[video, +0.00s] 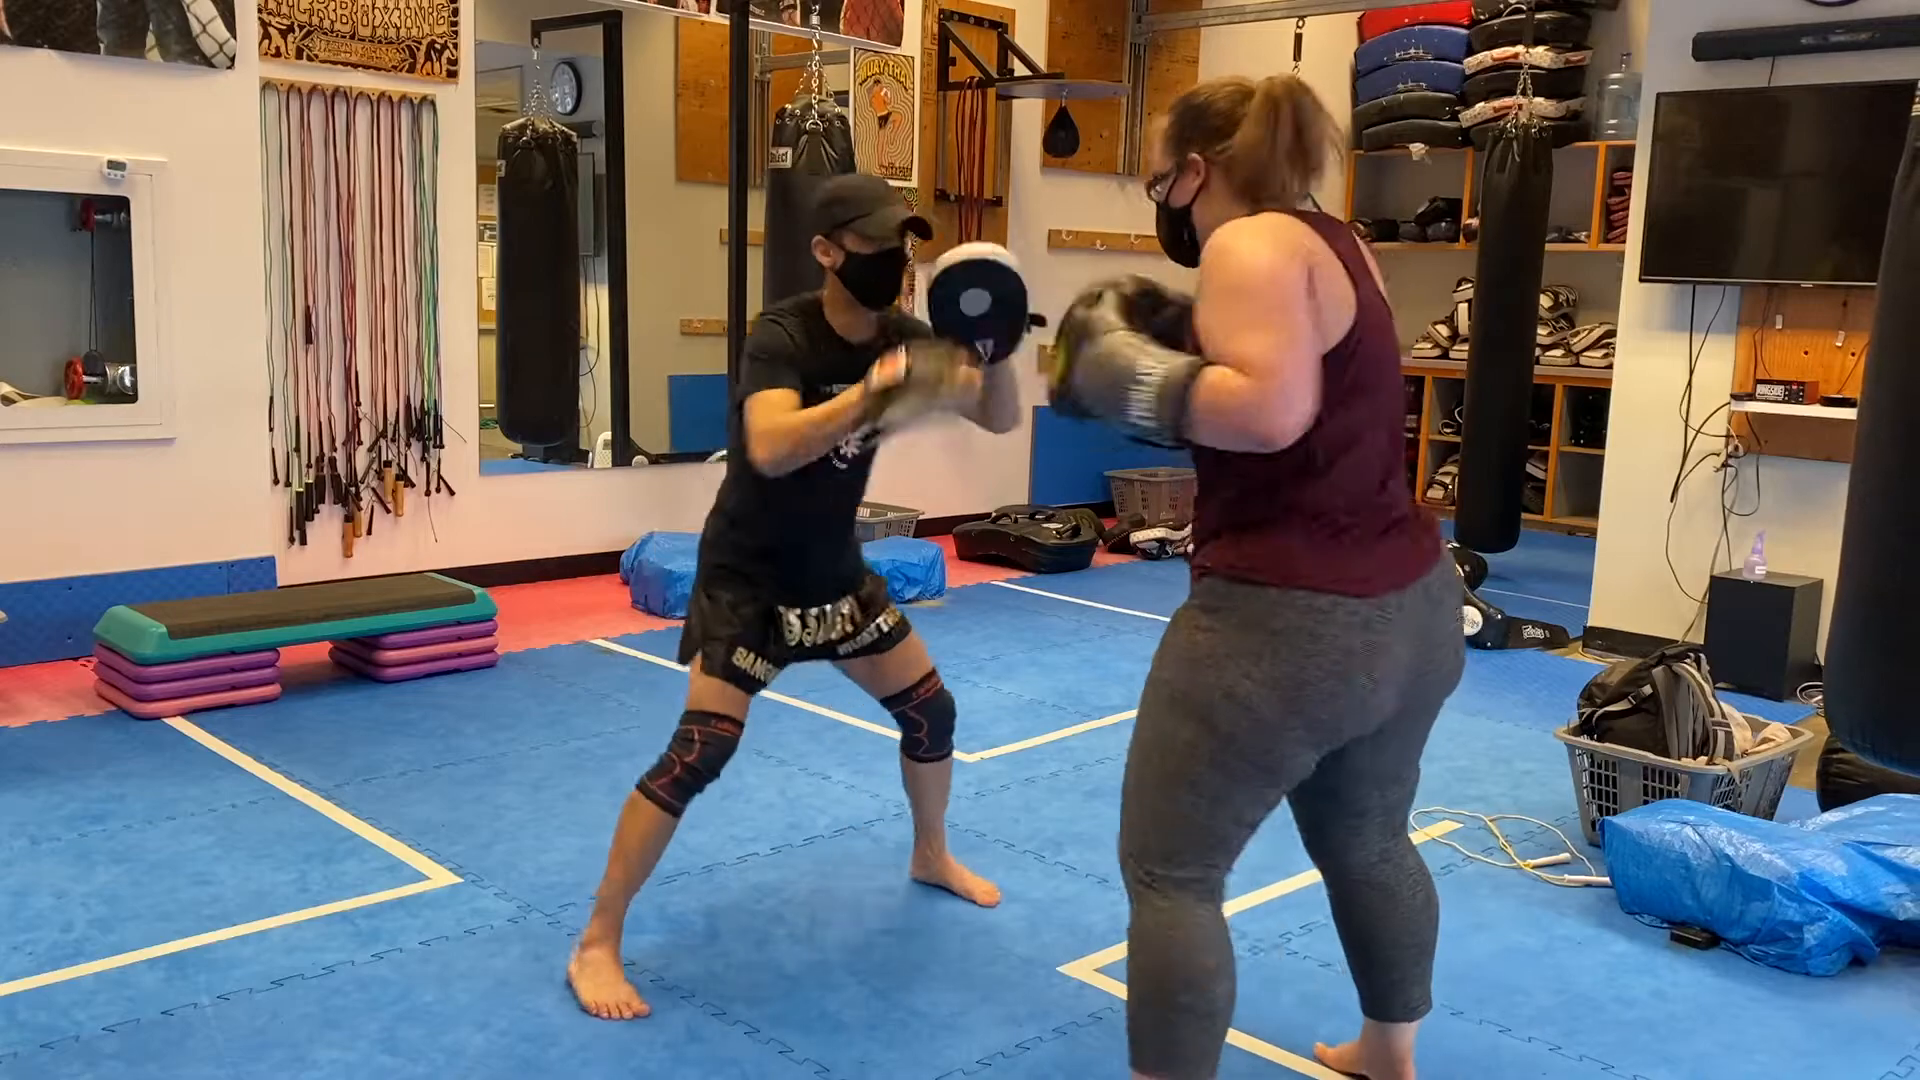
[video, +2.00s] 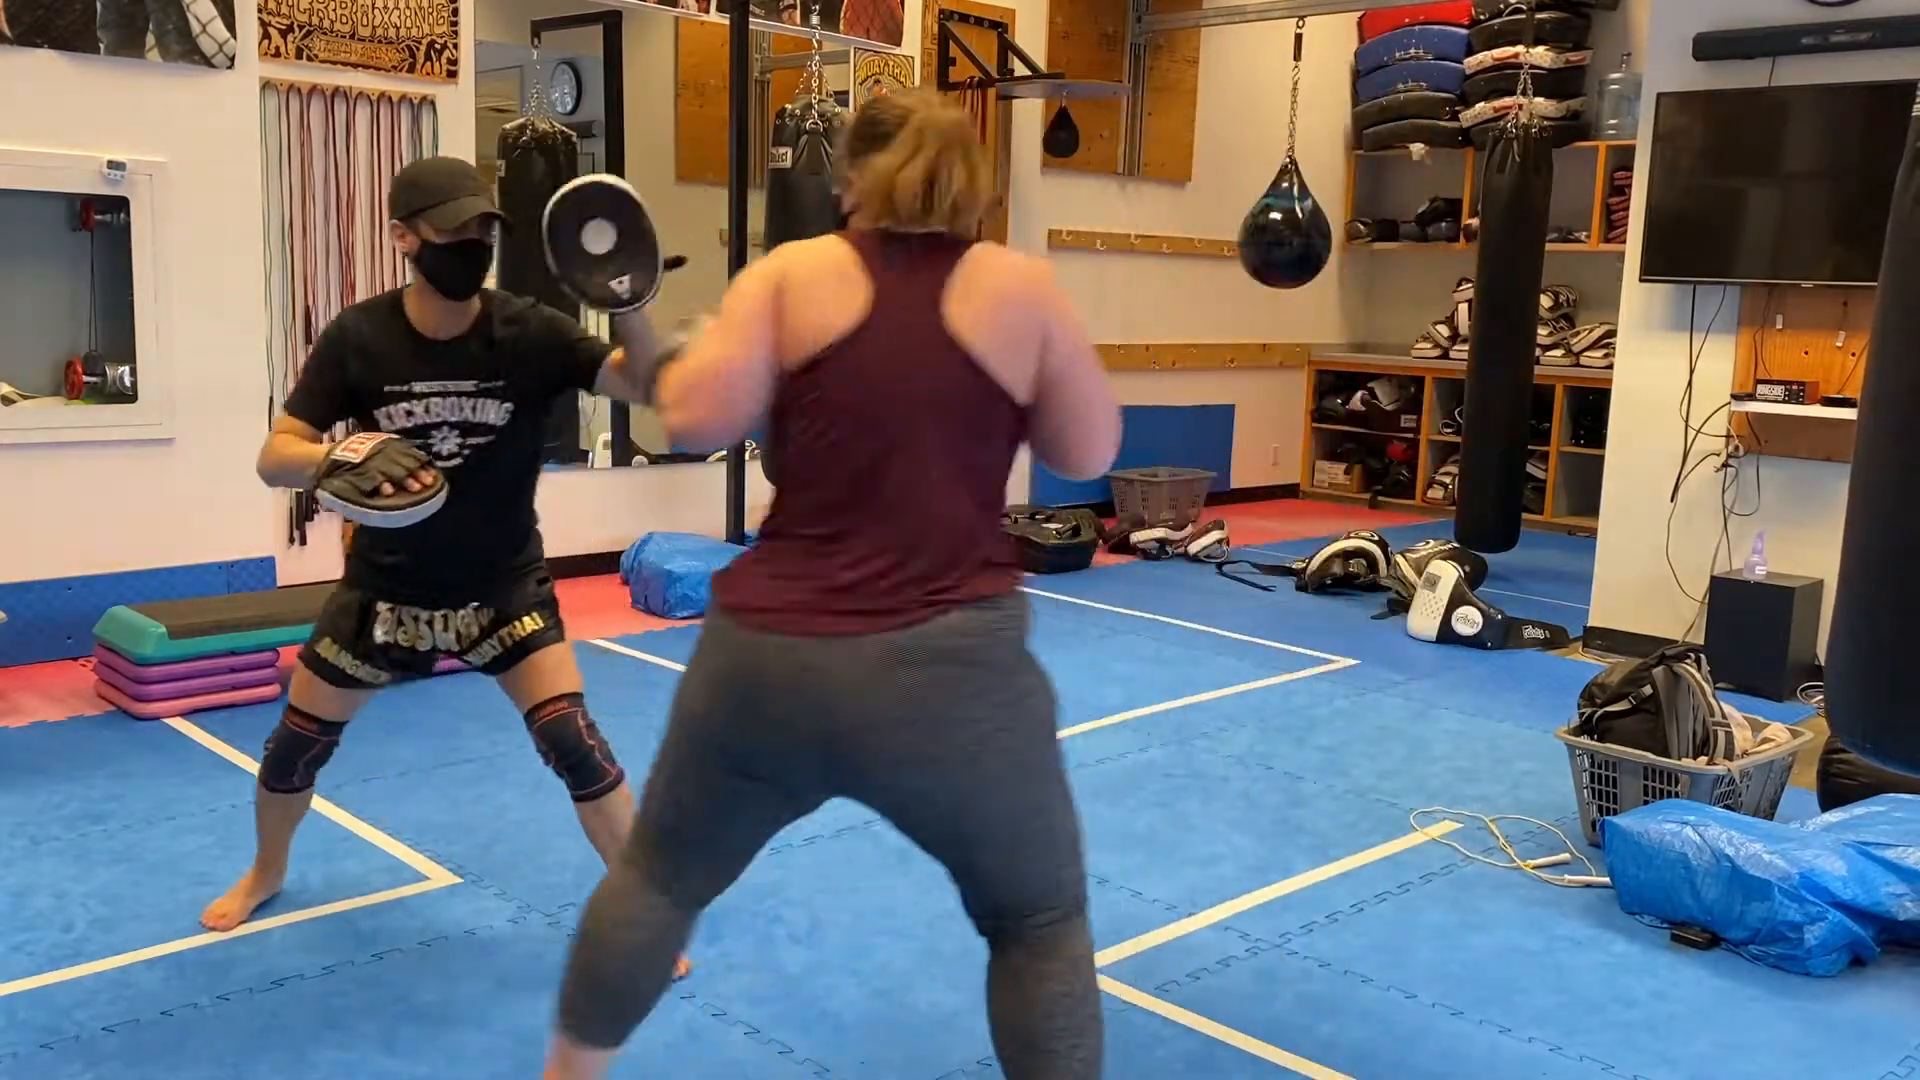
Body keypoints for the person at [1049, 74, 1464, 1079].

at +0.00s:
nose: (1162, 200)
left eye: (1165, 180)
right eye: (1159, 182)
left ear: (1201, 168)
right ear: (1287, 161)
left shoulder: (1250, 247)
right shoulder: (1338, 243)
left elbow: (1270, 409)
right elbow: (1291, 362)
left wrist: (1134, 381)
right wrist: (1186, 315)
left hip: (1281, 624)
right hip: (1412, 608)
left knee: (1174, 874)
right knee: (1366, 836)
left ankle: (1169, 1068)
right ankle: (1389, 1051)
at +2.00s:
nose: (840, 185)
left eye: (844, 172)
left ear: (856, 181)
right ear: (971, 180)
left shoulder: (786, 276)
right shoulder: (1023, 289)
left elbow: (696, 419)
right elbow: (1086, 453)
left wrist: (666, 357)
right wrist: (997, 380)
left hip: (762, 662)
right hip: (952, 669)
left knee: (660, 877)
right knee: (1037, 923)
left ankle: (570, 1064)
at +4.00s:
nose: (583, 171)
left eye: (582, 151)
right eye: (569, 152)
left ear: (506, 162)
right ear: (514, 162)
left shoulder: (498, 271)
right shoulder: (433, 272)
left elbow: (589, 291)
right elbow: (513, 456)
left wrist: (681, 263)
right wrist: (600, 358)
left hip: (465, 629)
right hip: (399, 638)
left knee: (510, 790)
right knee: (411, 952)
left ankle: (444, 997)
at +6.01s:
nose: (441, 176)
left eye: (440, 163)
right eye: (432, 163)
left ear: (385, 164)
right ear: (384, 163)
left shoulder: (385, 244)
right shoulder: (312, 240)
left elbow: (405, 356)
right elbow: (346, 377)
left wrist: (456, 291)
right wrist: (434, 306)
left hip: (398, 517)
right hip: (309, 517)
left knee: (427, 688)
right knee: (311, 735)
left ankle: (425, 854)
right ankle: (215, 946)